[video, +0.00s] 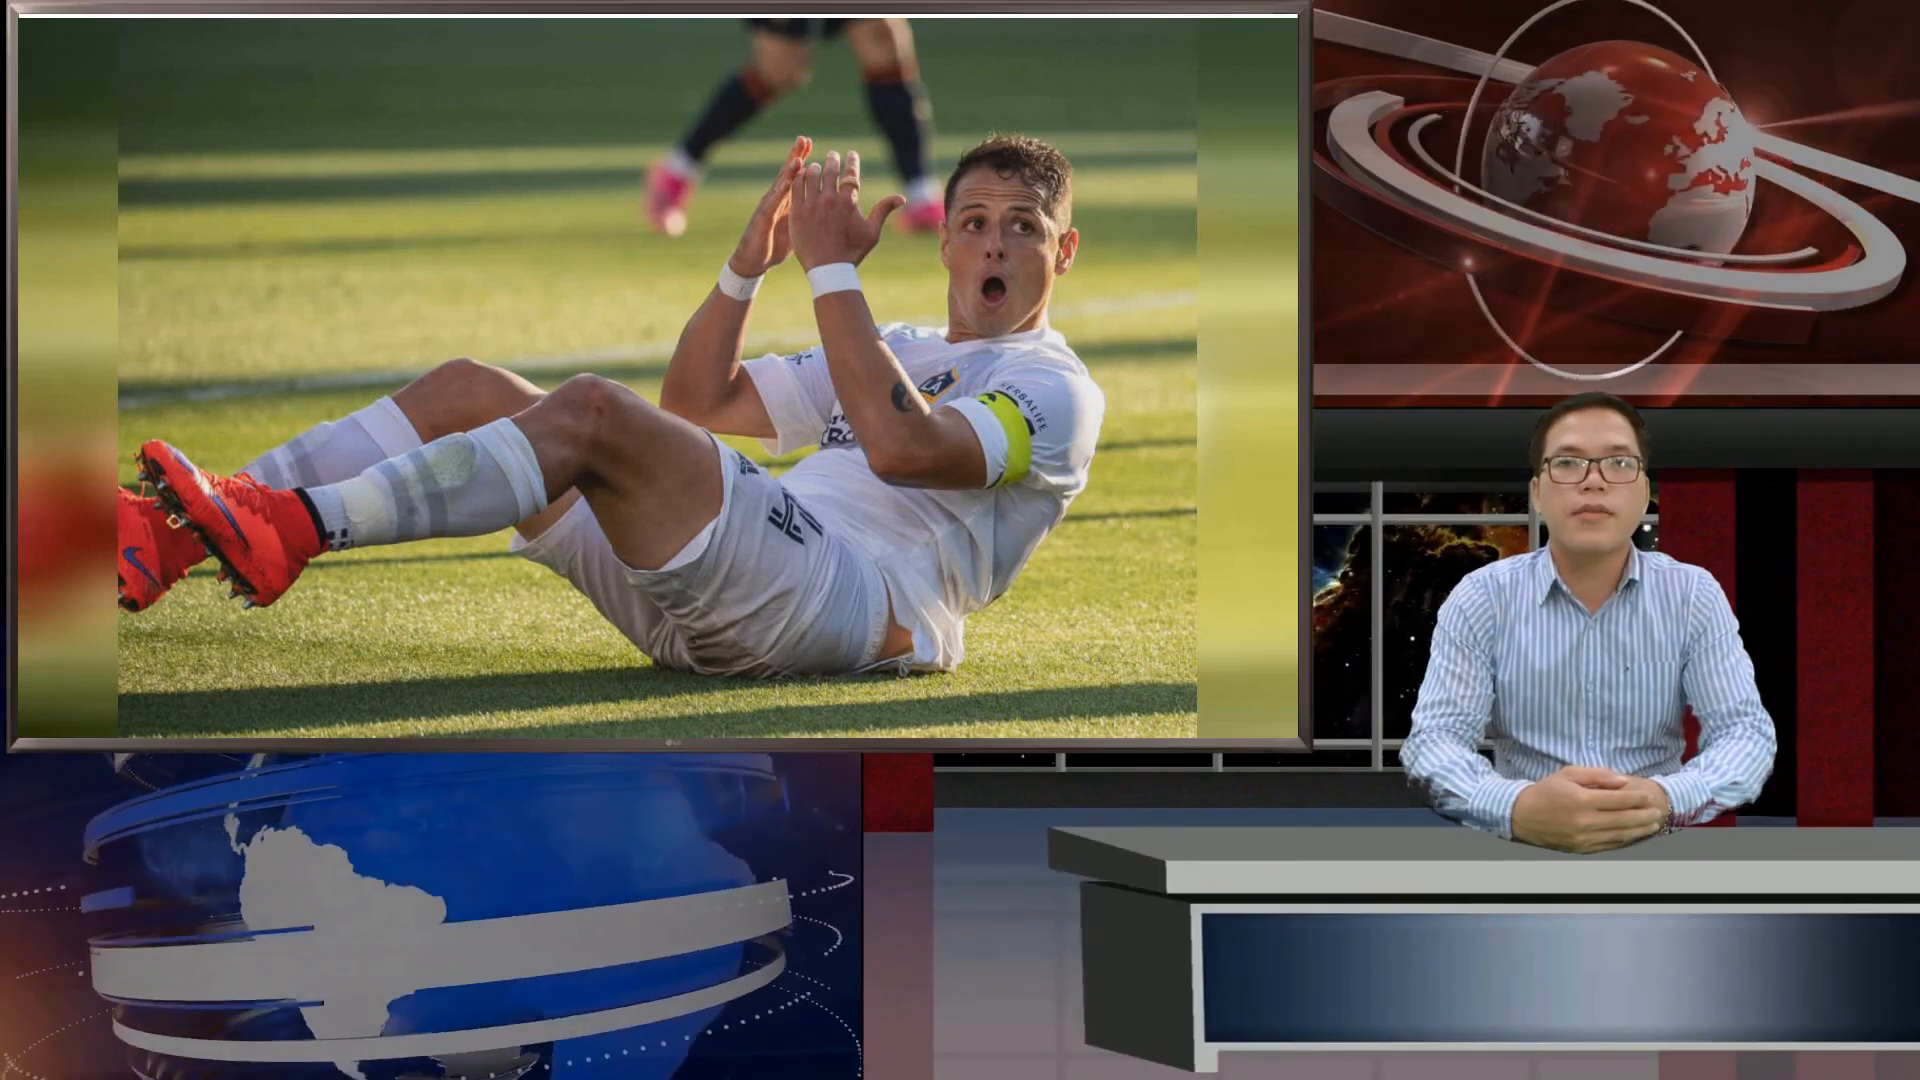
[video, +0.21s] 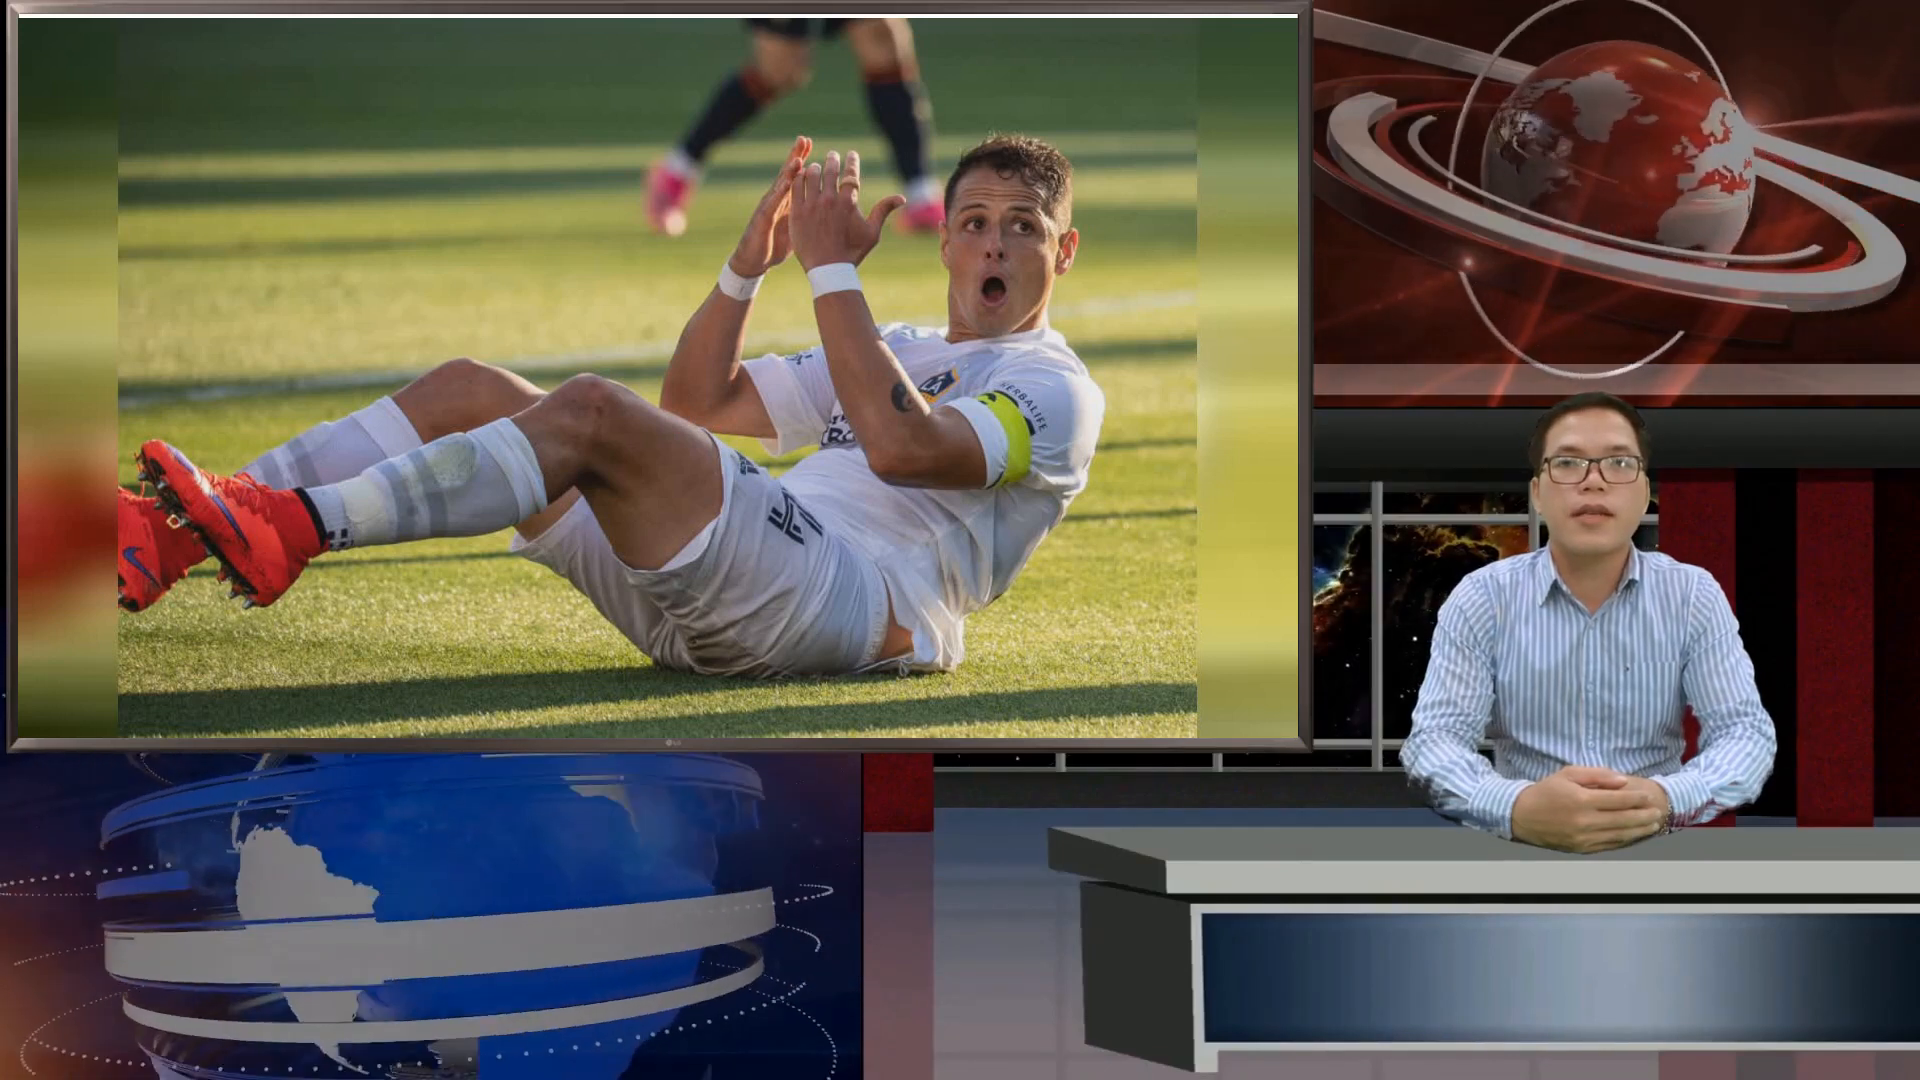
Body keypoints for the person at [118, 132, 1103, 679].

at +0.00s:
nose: (995, 246)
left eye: (1022, 230)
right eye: (976, 224)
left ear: (1065, 258)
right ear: (943, 240)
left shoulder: (1055, 389)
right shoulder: (892, 358)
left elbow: (902, 447)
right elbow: (695, 404)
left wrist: (833, 270)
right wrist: (747, 270)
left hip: (840, 603)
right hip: (732, 571)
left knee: (592, 413)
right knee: (468, 389)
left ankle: (300, 524)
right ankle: (180, 539)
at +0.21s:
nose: (995, 246)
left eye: (1022, 230)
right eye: (975, 224)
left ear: (1065, 257)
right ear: (942, 241)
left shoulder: (1055, 389)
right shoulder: (892, 358)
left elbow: (902, 447)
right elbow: (695, 405)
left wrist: (833, 270)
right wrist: (747, 270)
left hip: (840, 603)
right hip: (732, 573)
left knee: (592, 413)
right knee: (468, 389)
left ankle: (299, 525)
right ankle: (179, 539)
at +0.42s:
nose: (995, 246)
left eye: (1022, 230)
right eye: (975, 224)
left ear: (1065, 257)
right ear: (942, 241)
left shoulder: (1055, 389)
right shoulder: (892, 358)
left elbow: (902, 447)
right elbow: (695, 405)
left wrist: (833, 270)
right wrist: (747, 270)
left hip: (840, 603)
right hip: (733, 573)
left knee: (592, 413)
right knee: (468, 389)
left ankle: (299, 525)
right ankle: (179, 539)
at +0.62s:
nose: (996, 246)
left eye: (1024, 230)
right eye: (977, 223)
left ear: (1065, 258)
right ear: (943, 241)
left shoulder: (1056, 389)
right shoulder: (892, 358)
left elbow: (901, 446)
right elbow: (695, 406)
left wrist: (833, 268)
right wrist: (746, 269)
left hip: (840, 603)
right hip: (732, 572)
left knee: (592, 413)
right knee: (468, 389)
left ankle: (299, 525)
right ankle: (180, 539)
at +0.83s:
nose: (995, 246)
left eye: (1022, 230)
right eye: (975, 224)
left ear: (1065, 257)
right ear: (942, 241)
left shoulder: (1055, 389)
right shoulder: (892, 358)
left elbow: (902, 447)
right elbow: (695, 405)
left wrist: (833, 270)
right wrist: (747, 269)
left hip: (840, 603)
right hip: (733, 572)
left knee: (592, 413)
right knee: (468, 389)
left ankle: (299, 525)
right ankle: (179, 539)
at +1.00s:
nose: (996, 246)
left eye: (1024, 231)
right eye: (977, 223)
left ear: (1065, 258)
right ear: (943, 240)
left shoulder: (1056, 389)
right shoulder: (891, 357)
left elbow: (901, 446)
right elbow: (695, 406)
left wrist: (833, 268)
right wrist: (746, 270)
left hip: (838, 603)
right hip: (732, 571)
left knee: (592, 413)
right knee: (468, 389)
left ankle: (299, 524)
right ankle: (179, 539)